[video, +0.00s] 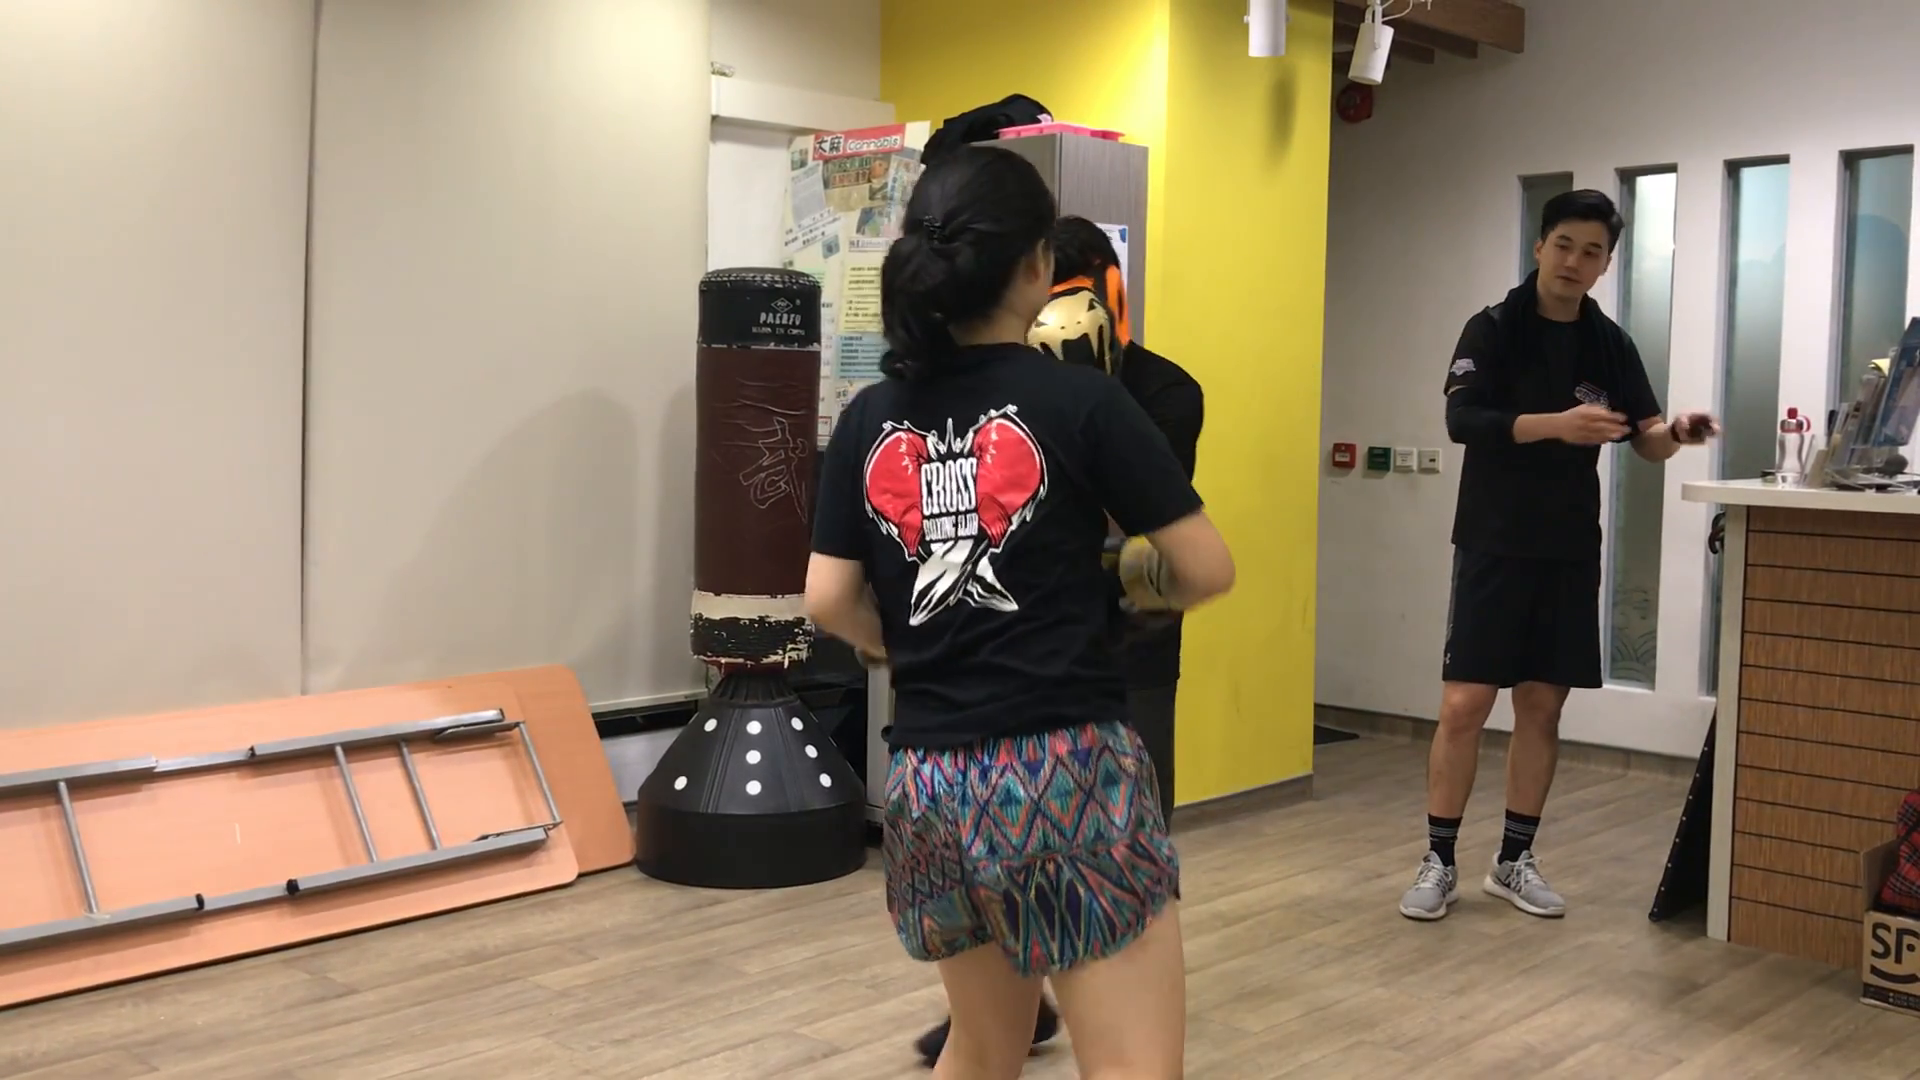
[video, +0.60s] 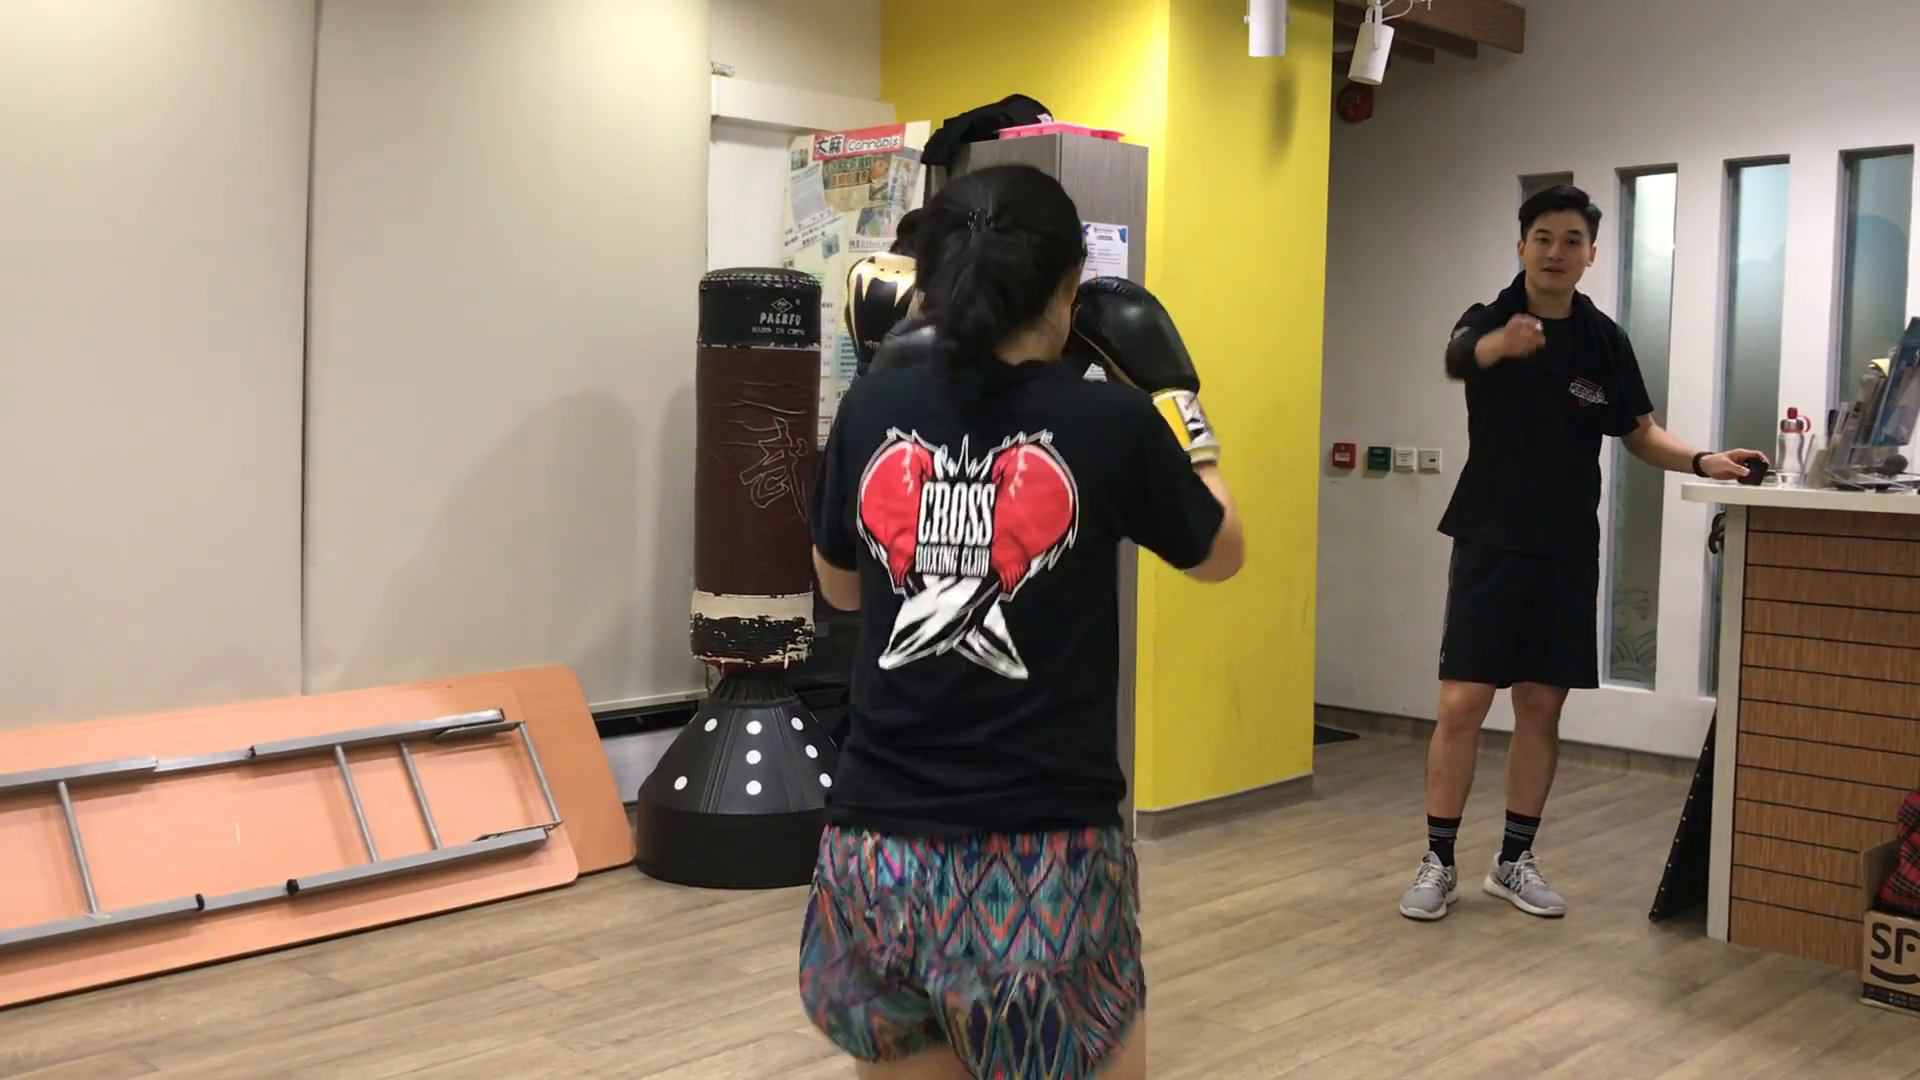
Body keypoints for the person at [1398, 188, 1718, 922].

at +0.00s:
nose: (1575, 261)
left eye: (1592, 252)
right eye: (1565, 245)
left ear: (1606, 265)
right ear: (1540, 246)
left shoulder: (1611, 344)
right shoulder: (1494, 326)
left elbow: (1647, 444)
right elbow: (1460, 420)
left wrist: (1671, 433)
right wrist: (1557, 426)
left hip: (1568, 550)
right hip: (1491, 543)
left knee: (1540, 704)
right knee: (1465, 704)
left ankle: (1515, 860)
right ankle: (1438, 861)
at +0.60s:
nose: (1556, 252)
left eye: (1571, 240)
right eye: (1543, 238)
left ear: (1592, 252)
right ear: (1521, 246)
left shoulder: (1603, 339)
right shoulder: (1484, 322)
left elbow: (1642, 433)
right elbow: (1462, 356)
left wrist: (1704, 459)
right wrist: (1498, 345)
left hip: (1566, 546)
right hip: (1489, 539)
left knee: (1541, 708)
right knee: (1460, 706)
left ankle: (1514, 861)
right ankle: (1437, 863)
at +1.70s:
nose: (1571, 254)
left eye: (1587, 243)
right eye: (1558, 240)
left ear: (1605, 253)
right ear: (1536, 245)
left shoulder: (1617, 340)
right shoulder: (1502, 325)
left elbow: (1641, 437)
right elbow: (1449, 412)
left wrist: (1684, 457)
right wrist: (1526, 381)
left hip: (1573, 545)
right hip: (1496, 539)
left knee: (1543, 706)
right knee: (1468, 700)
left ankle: (1515, 861)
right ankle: (1435, 861)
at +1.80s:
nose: (1577, 256)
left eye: (1593, 244)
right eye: (1565, 241)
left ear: (1613, 254)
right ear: (1543, 247)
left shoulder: (1626, 343)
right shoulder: (1502, 335)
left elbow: (1646, 439)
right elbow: (1451, 431)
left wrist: (1665, 453)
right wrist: (1505, 457)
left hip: (1577, 548)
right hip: (1499, 542)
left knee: (1545, 705)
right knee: (1468, 699)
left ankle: (1515, 861)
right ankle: (1434, 859)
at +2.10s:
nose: (1571, 259)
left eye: (1588, 248)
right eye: (1560, 245)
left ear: (1612, 258)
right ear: (1544, 251)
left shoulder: (1641, 346)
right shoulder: (1509, 337)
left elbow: (1675, 437)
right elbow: (1466, 424)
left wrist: (1651, 459)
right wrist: (1468, 491)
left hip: (1588, 550)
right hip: (1508, 540)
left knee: (1554, 706)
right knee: (1482, 700)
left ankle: (1519, 857)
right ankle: (1528, 798)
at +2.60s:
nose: (1575, 268)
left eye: (1591, 256)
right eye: (1566, 254)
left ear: (1620, 262)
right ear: (1554, 257)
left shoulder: (1652, 343)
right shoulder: (1532, 339)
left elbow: (1695, 438)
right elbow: (1489, 425)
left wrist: (1640, 468)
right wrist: (1488, 482)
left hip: (1615, 536)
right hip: (1545, 532)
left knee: (1600, 694)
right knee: (1553, 690)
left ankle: (1631, 847)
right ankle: (1577, 841)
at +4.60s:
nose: (1671, 269)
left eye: (1690, 258)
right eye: (1664, 255)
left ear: (1724, 264)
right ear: (1652, 255)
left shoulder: (1746, 350)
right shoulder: (1627, 329)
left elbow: (1746, 457)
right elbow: (1564, 389)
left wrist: (1649, 469)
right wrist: (1586, 468)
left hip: (1699, 546)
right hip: (1624, 538)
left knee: (1674, 706)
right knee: (1583, 695)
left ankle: (1652, 854)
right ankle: (1594, 844)